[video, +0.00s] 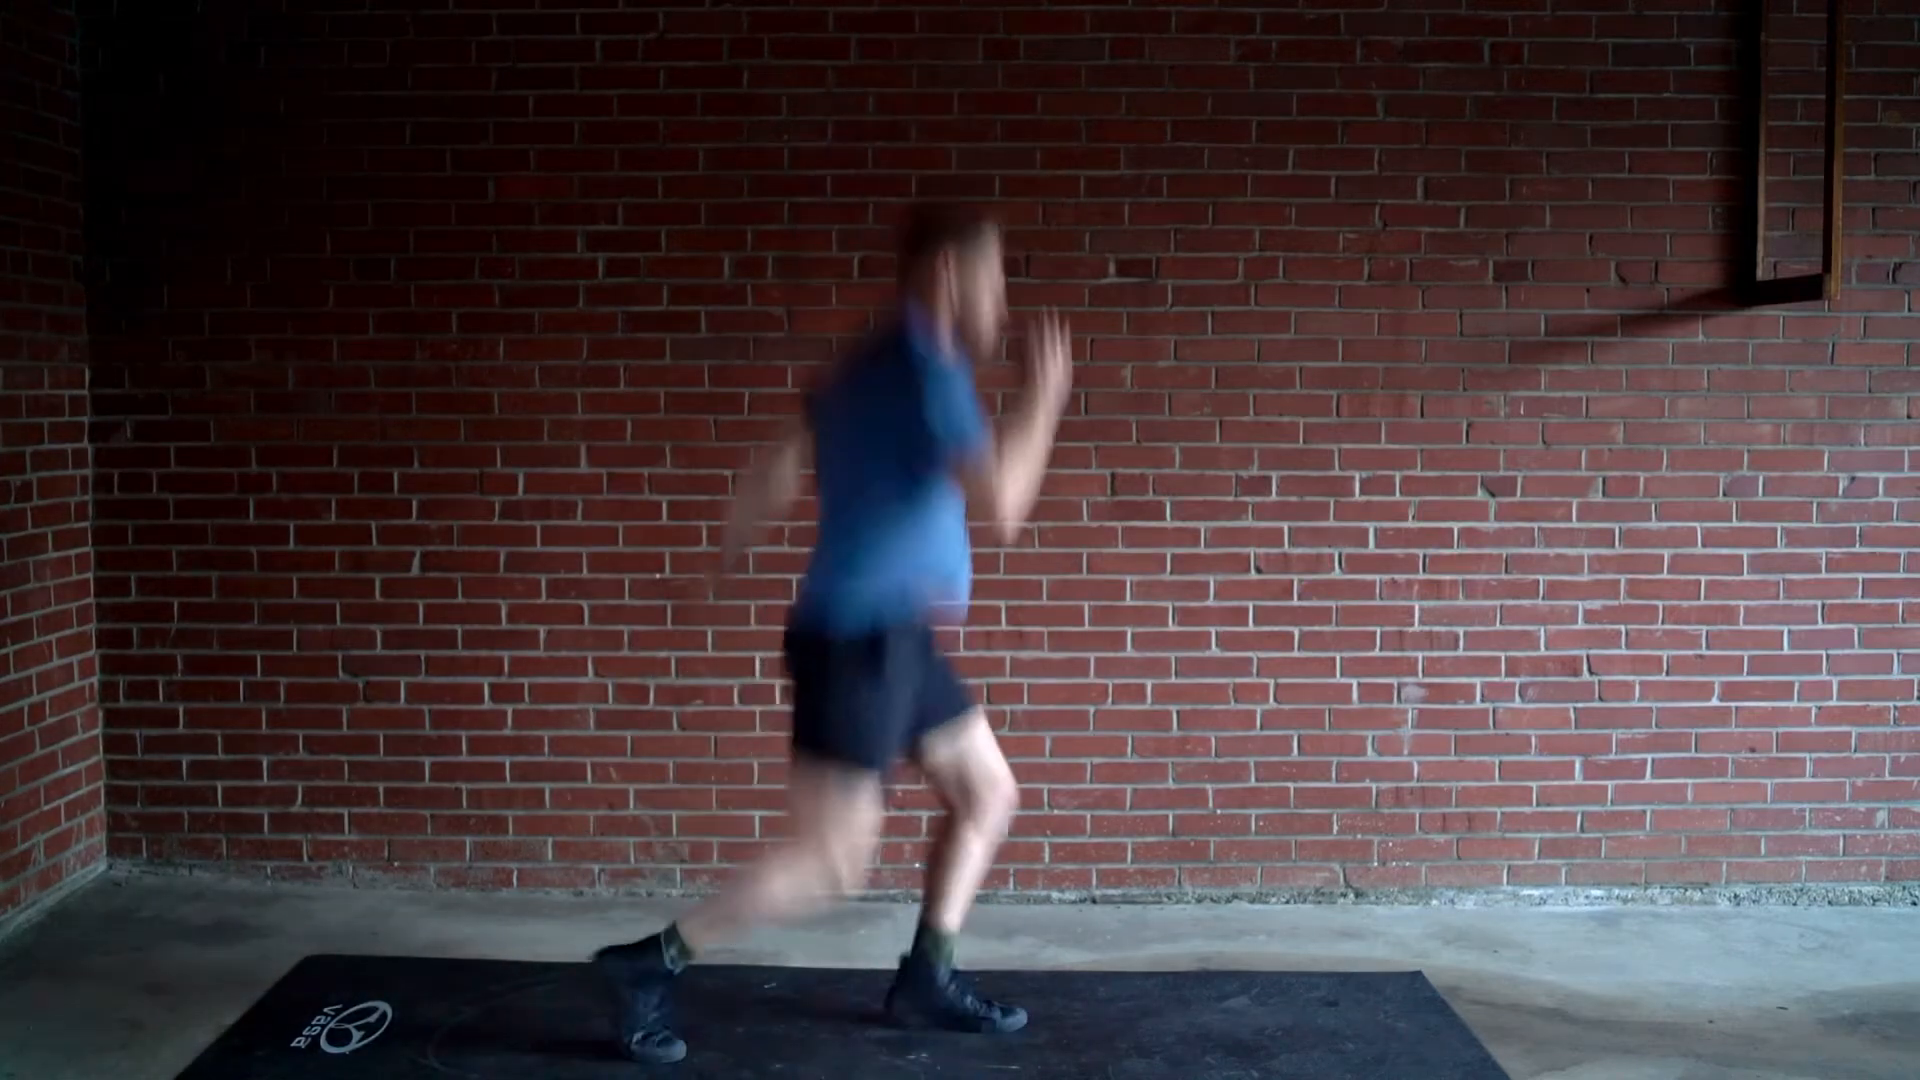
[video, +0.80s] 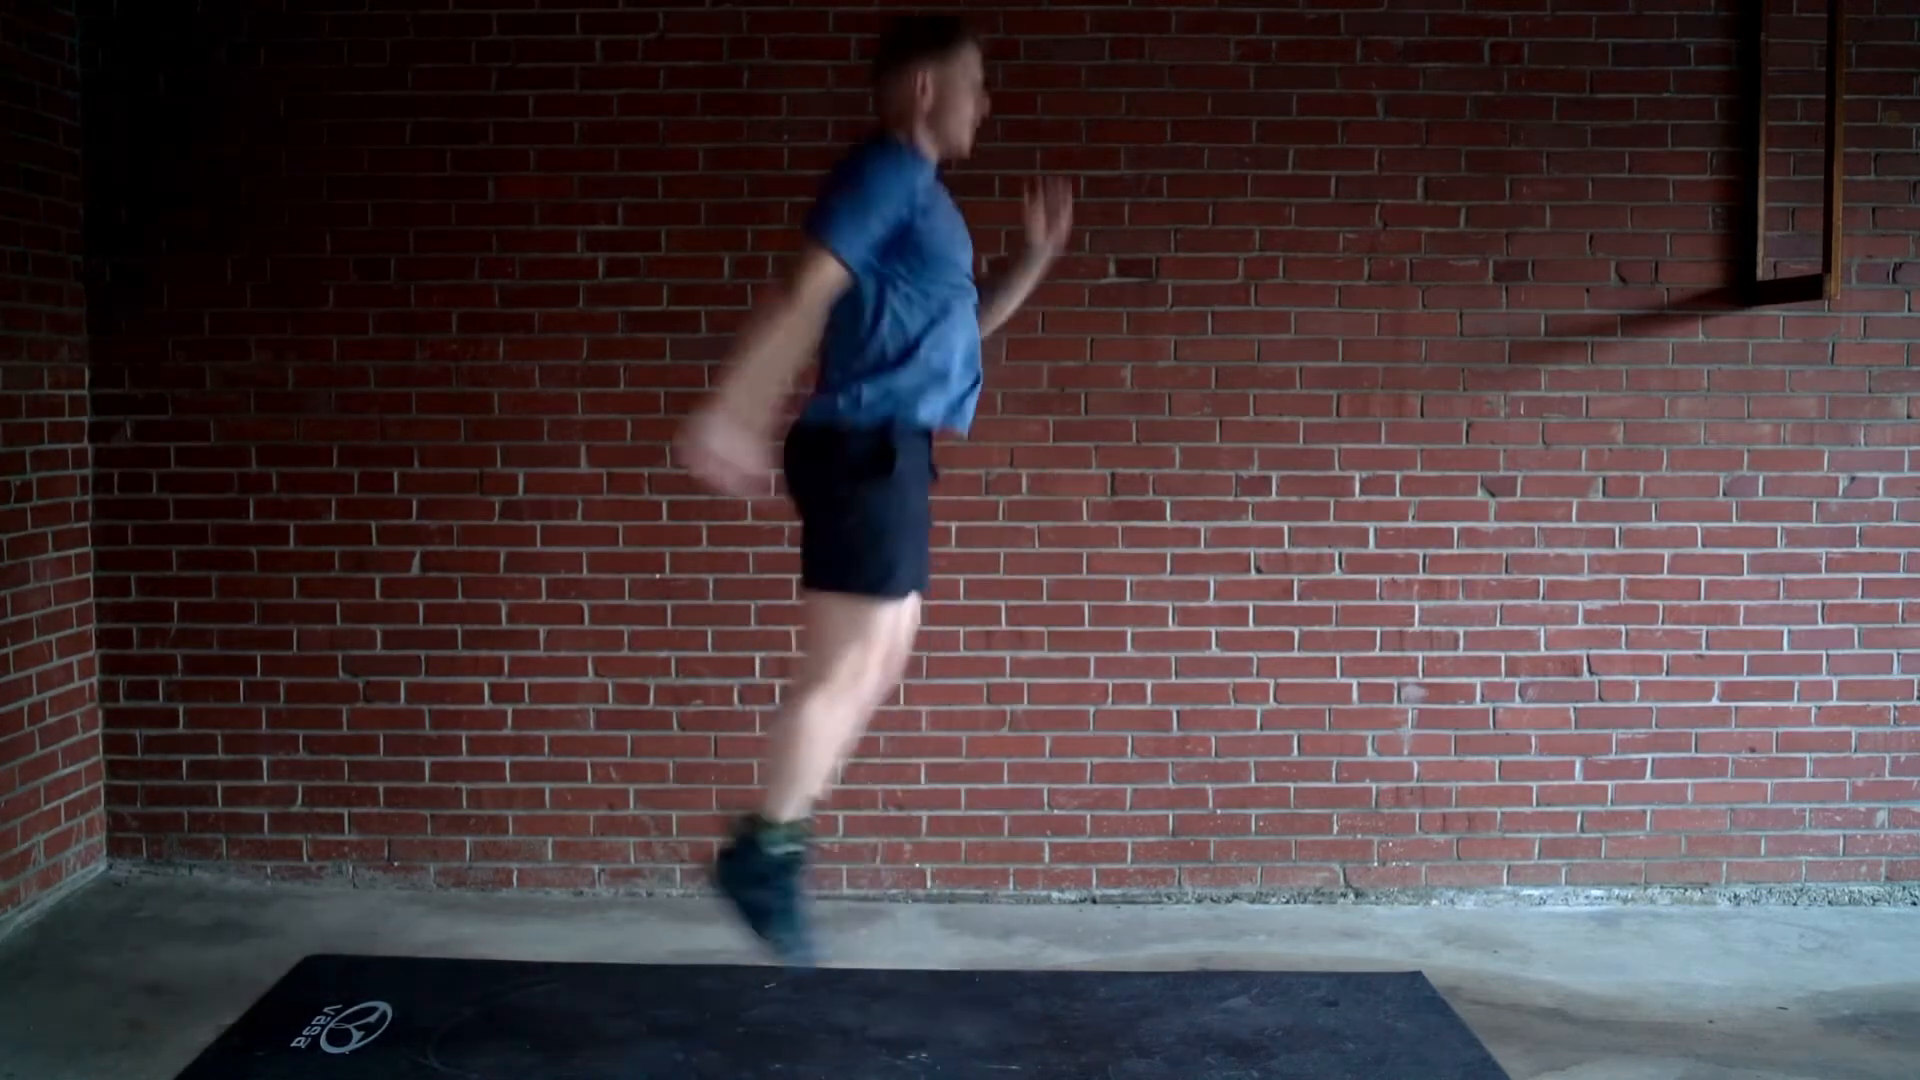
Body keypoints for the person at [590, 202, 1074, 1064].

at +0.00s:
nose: (1003, 294)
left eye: (1001, 275)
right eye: (991, 275)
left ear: (935, 274)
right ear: (943, 271)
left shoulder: (873, 358)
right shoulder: (926, 365)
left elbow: (780, 452)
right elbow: (1003, 506)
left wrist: (736, 535)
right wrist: (1046, 392)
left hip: (896, 630)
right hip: (850, 634)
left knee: (988, 792)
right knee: (833, 859)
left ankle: (928, 976)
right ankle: (649, 963)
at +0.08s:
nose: (1018, 391)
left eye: (1015, 371)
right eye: (1006, 372)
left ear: (944, 378)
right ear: (962, 377)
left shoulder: (888, 459)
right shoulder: (932, 470)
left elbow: (792, 544)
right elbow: (1013, 613)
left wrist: (759, 623)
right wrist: (1053, 504)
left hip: (888, 718)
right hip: (835, 726)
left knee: (1010, 814)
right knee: (847, 947)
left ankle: (929, 979)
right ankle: (647, 970)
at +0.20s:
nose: (1033, 500)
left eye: (1031, 483)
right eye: (1022, 482)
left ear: (969, 491)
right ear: (978, 490)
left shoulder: (897, 553)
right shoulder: (945, 578)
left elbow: (795, 630)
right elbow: (1026, 722)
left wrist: (754, 724)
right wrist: (1064, 605)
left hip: (858, 782)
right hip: (809, 805)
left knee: (1011, 819)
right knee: (869, 1016)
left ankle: (931, 978)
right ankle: (673, 973)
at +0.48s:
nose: (1030, 454)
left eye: (1025, 437)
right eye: (1017, 438)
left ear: (967, 454)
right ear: (971, 452)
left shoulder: (933, 522)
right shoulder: (942, 531)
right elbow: (1013, 677)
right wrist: (1061, 567)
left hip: (871, 750)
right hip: (809, 762)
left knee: (1009, 818)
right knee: (859, 980)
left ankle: (930, 981)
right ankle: (656, 971)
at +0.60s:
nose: (1006, 327)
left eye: (1001, 307)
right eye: (990, 307)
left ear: (953, 316)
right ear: (944, 314)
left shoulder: (949, 410)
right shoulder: (921, 398)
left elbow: (939, 526)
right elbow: (925, 524)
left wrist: (1039, 507)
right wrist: (1046, 511)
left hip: (891, 670)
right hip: (826, 667)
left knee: (991, 801)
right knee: (812, 877)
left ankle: (928, 978)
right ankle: (624, 972)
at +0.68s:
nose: (980, 179)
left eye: (978, 160)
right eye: (964, 160)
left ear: (939, 167)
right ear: (916, 165)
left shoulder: (933, 265)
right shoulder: (890, 250)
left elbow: (925, 398)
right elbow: (869, 381)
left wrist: (1002, 410)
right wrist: (913, 505)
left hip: (901, 531)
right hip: (853, 529)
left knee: (897, 730)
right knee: (780, 732)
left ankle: (921, 912)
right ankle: (682, 903)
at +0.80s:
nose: (984, 104)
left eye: (983, 86)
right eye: (972, 85)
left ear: (933, 91)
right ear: (922, 88)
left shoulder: (924, 191)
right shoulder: (886, 174)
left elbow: (962, 334)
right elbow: (806, 295)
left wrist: (1036, 257)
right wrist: (731, 413)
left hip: (898, 442)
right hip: (861, 442)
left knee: (887, 649)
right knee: (849, 657)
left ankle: (777, 834)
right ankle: (767, 849)